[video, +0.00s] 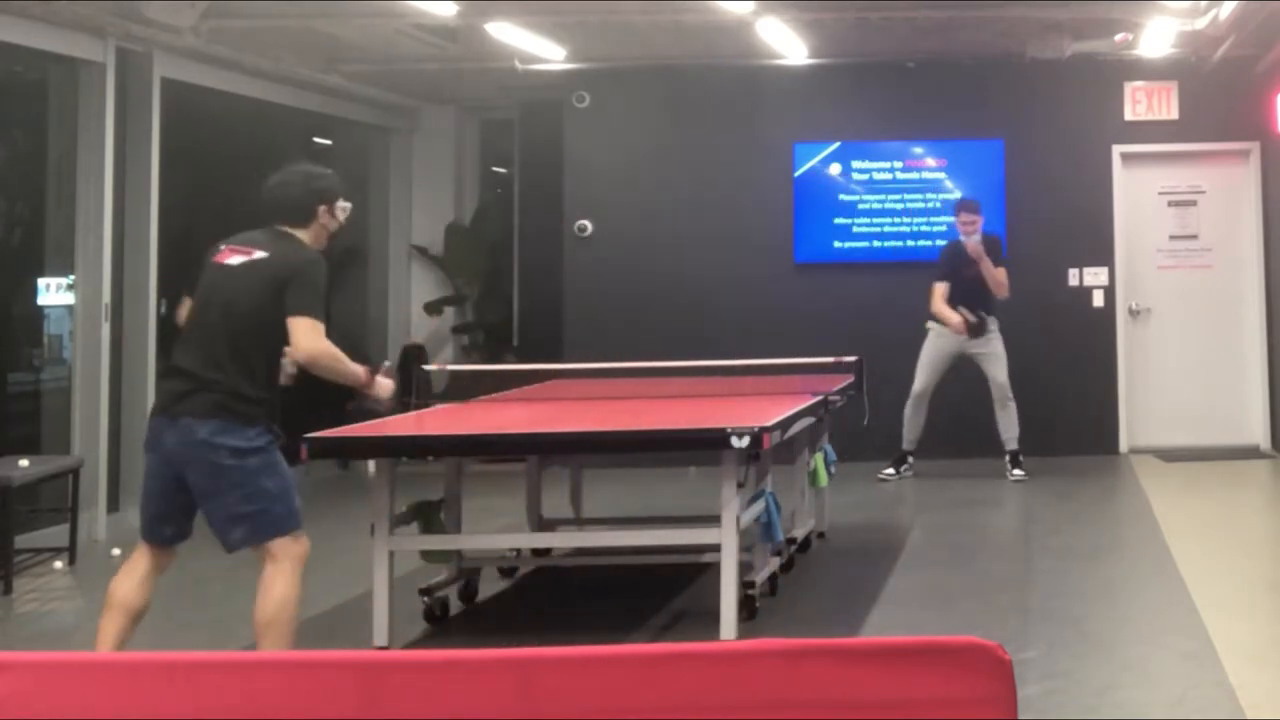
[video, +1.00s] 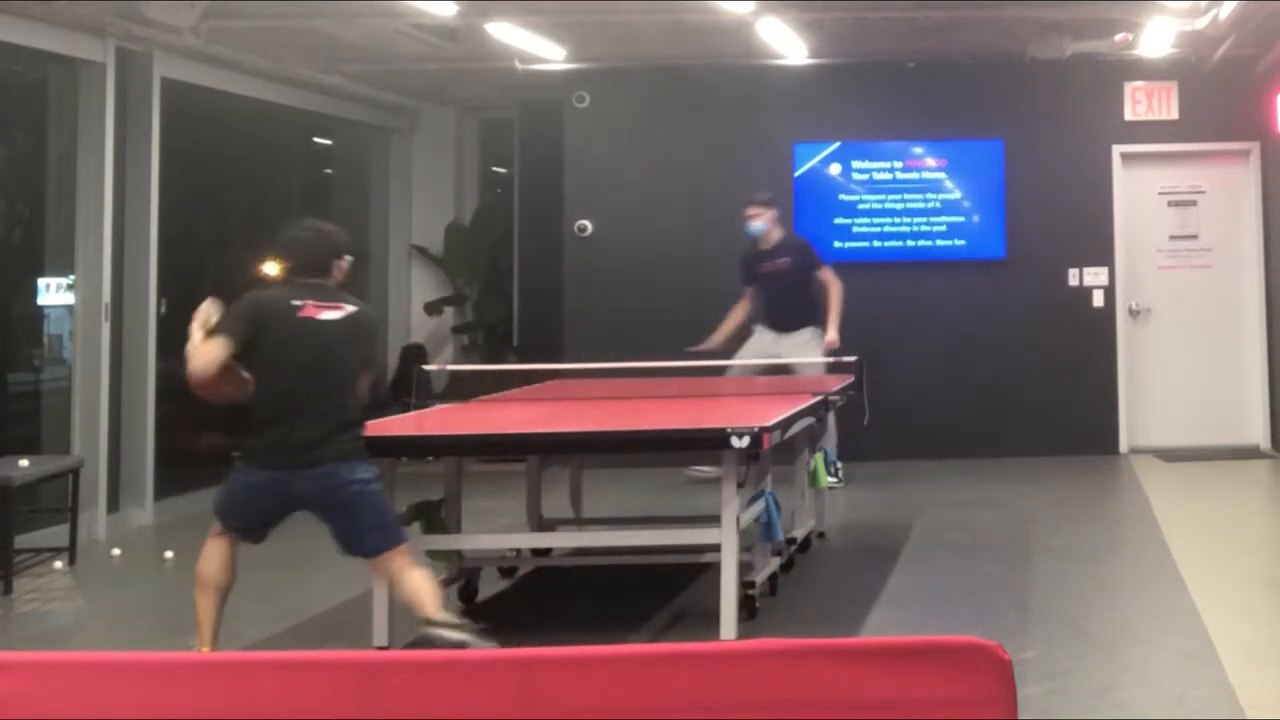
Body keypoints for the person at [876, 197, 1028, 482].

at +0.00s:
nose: (967, 228)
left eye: (972, 223)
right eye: (962, 223)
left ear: (981, 221)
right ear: (956, 223)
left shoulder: (993, 246)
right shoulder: (950, 252)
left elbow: (1003, 291)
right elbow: (937, 302)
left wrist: (982, 258)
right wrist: (954, 319)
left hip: (985, 329)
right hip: (947, 328)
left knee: (1002, 388)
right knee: (919, 390)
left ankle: (1013, 455)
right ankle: (905, 456)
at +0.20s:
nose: (968, 216)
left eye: (973, 211)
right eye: (964, 212)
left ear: (982, 210)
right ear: (957, 211)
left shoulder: (992, 239)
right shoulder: (946, 241)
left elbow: (996, 284)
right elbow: (924, 284)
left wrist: (978, 246)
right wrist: (939, 294)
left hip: (975, 329)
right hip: (936, 328)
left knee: (995, 389)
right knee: (913, 388)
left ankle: (1012, 455)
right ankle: (895, 452)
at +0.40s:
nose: (933, 218)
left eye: (938, 212)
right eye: (929, 213)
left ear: (948, 211)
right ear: (924, 213)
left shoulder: (962, 241)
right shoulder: (914, 247)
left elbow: (964, 283)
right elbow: (894, 293)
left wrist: (944, 245)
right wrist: (902, 309)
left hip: (958, 335)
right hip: (918, 336)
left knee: (986, 392)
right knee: (885, 390)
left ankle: (1010, 454)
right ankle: (854, 453)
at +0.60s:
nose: (861, 218)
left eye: (866, 212)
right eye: (857, 213)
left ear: (877, 212)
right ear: (853, 216)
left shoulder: (899, 244)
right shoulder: (849, 253)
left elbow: (929, 286)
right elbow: (837, 291)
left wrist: (894, 278)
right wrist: (837, 323)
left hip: (910, 339)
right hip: (869, 340)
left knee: (949, 394)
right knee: (842, 393)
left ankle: (1001, 453)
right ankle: (833, 462)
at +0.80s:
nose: (805, 209)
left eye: (810, 204)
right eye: (802, 204)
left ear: (823, 204)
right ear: (798, 207)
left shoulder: (846, 237)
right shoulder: (795, 246)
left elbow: (879, 275)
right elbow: (790, 287)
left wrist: (861, 305)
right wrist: (786, 325)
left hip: (849, 327)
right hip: (812, 330)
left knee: (866, 389)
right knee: (804, 391)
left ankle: (886, 454)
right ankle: (820, 458)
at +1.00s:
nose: (752, 223)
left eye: (758, 217)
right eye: (748, 218)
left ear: (774, 215)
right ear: (745, 222)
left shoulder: (798, 249)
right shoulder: (752, 258)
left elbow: (833, 283)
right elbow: (746, 303)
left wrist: (832, 330)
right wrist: (713, 343)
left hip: (803, 335)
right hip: (765, 335)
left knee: (818, 397)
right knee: (730, 386)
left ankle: (829, 462)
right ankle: (728, 458)